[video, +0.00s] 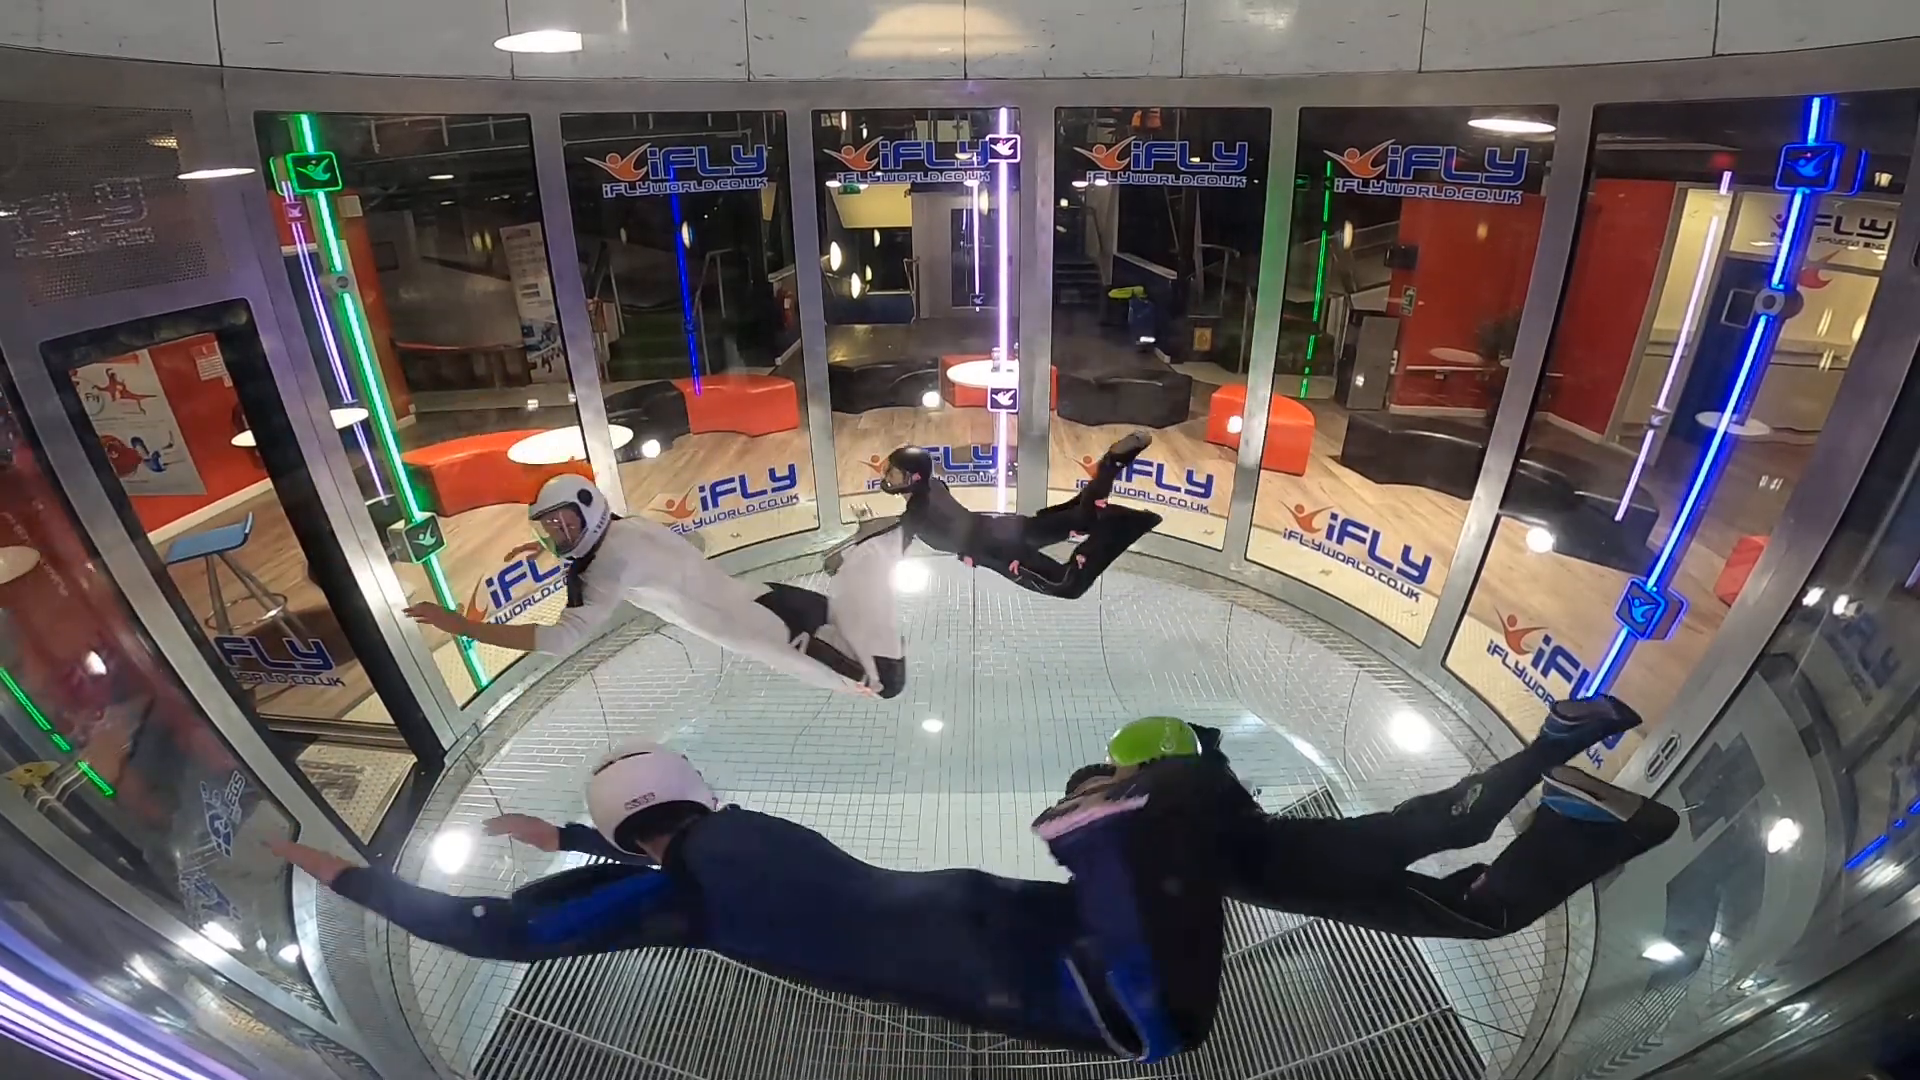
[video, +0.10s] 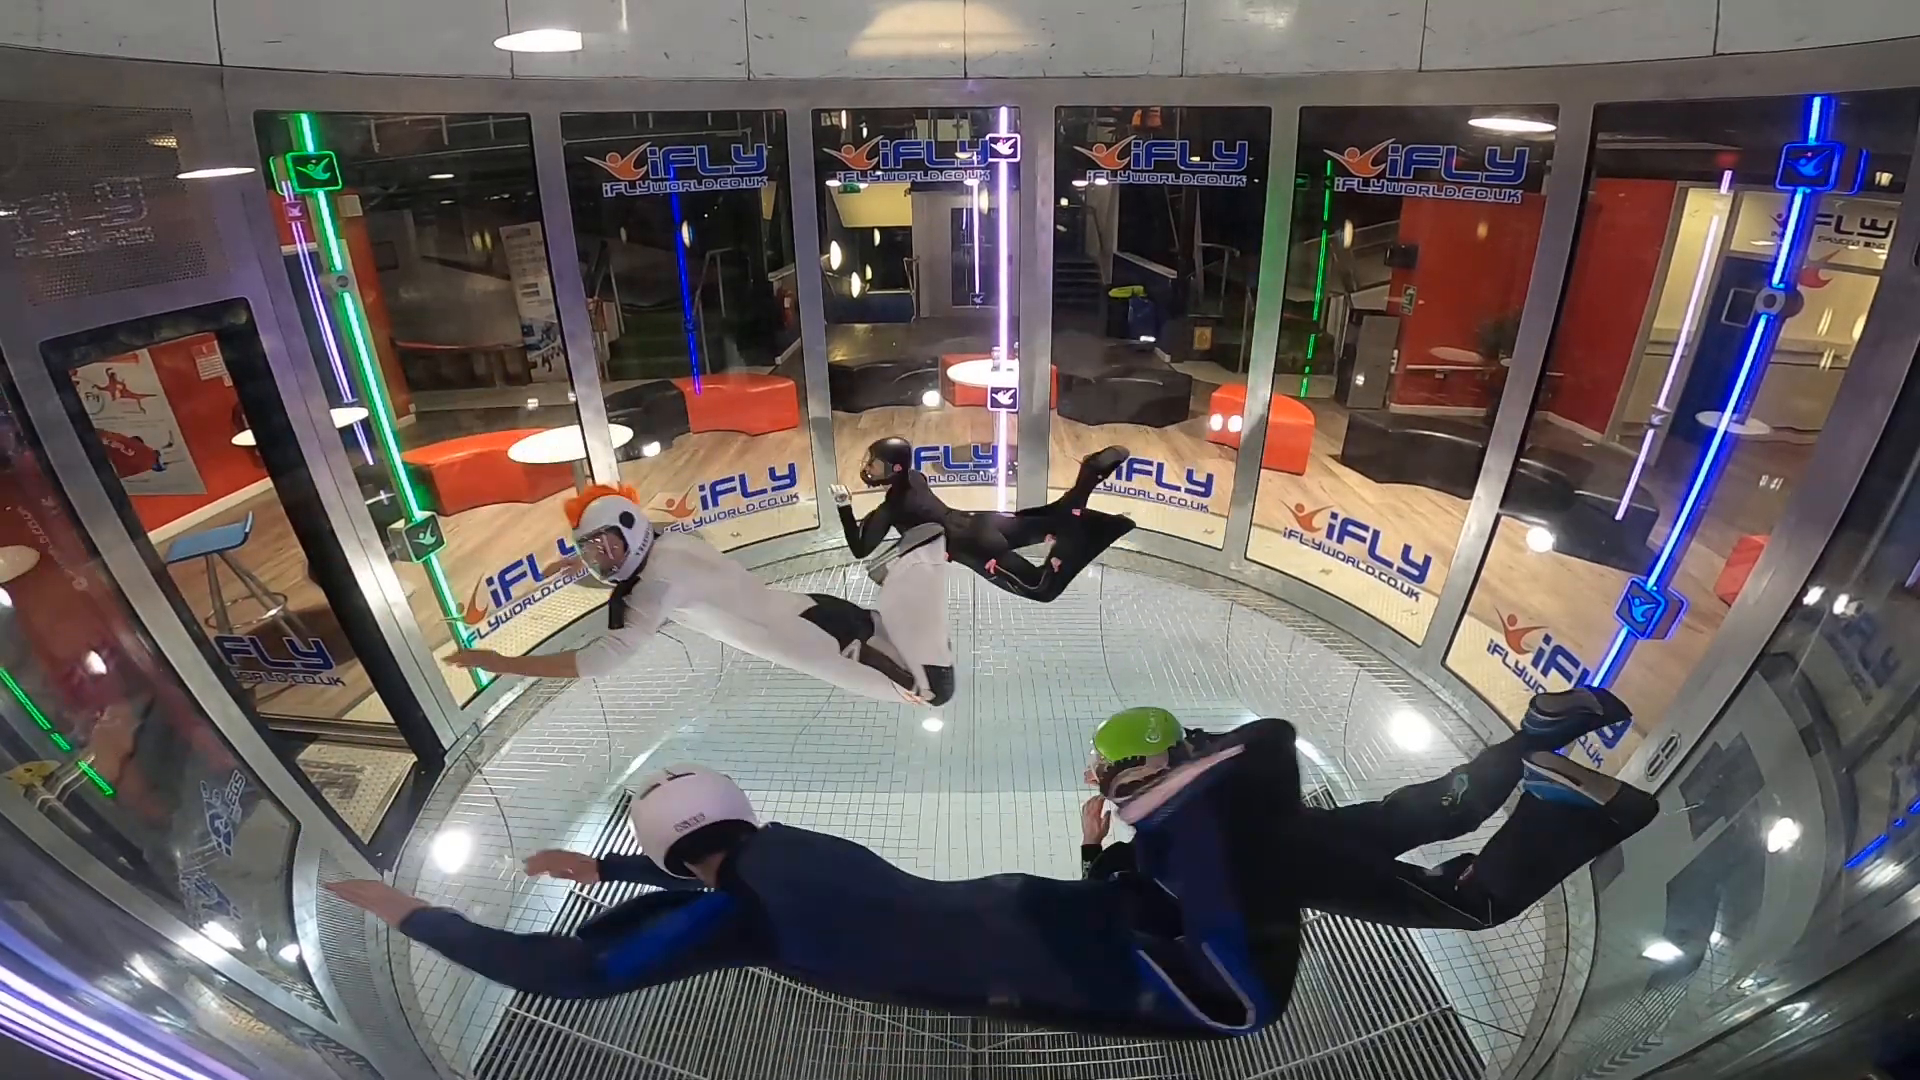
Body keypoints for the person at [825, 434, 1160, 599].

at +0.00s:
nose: (891, 481)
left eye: (897, 475)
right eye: (890, 475)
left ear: (912, 477)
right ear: (913, 475)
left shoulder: (917, 505)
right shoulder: (926, 490)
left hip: (998, 549)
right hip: (1003, 527)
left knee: (1069, 586)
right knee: (1077, 517)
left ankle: (1112, 527)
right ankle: (1115, 463)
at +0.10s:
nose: (867, 468)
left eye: (874, 464)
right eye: (869, 462)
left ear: (893, 469)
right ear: (897, 467)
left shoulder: (898, 500)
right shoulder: (910, 483)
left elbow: (860, 547)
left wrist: (845, 507)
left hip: (977, 545)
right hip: (983, 521)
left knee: (1044, 589)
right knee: (1056, 520)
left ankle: (1078, 532)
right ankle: (1091, 473)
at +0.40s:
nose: (802, 458)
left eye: (809, 453)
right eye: (802, 451)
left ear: (827, 458)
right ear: (828, 457)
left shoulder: (828, 494)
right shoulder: (842, 474)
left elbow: (795, 531)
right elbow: (810, 517)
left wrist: (768, 500)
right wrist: (792, 513)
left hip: (908, 550)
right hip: (913, 526)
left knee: (965, 603)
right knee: (979, 531)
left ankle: (1014, 543)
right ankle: (1002, 480)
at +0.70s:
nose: (734, 470)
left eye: (741, 465)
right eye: (734, 464)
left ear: (759, 470)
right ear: (754, 468)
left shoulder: (760, 508)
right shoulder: (777, 483)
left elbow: (723, 555)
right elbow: (749, 481)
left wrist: (681, 530)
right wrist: (725, 476)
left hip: (849, 555)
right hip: (856, 535)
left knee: (916, 605)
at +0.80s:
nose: (716, 476)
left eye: (723, 471)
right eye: (716, 470)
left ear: (744, 474)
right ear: (734, 474)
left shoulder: (746, 507)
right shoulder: (755, 493)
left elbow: (704, 563)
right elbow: (729, 491)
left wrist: (656, 542)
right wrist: (705, 483)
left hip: (829, 556)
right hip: (836, 544)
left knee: (889, 611)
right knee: (905, 581)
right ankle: (909, 505)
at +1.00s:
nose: (683, 494)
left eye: (689, 486)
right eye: (681, 486)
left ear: (710, 487)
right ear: (711, 486)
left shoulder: (711, 522)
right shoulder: (729, 502)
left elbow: (670, 577)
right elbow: (706, 516)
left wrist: (619, 559)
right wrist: (678, 512)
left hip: (792, 576)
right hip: (800, 553)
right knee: (852, 578)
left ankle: (883, 542)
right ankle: (883, 535)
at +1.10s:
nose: (672, 498)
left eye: (678, 491)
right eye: (671, 490)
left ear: (697, 492)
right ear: (702, 490)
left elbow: (662, 583)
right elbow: (693, 523)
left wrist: (614, 570)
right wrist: (666, 521)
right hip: (802, 569)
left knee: (876, 611)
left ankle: (882, 550)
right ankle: (881, 548)